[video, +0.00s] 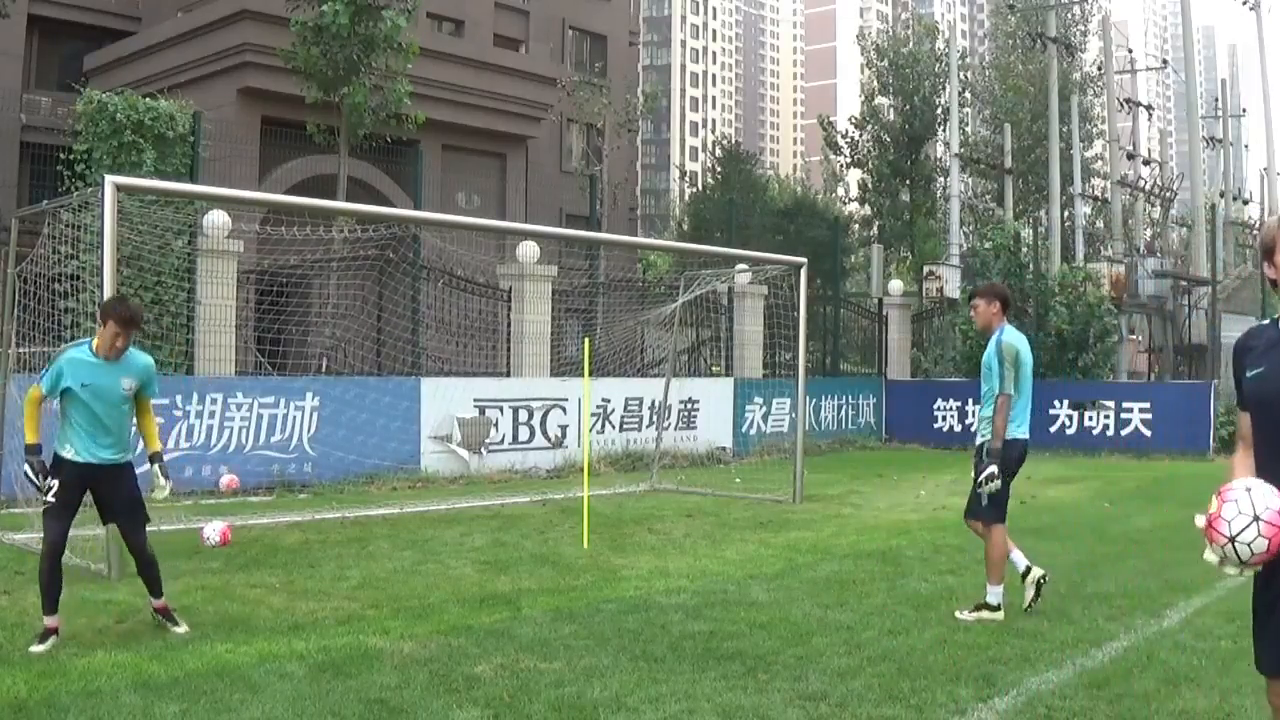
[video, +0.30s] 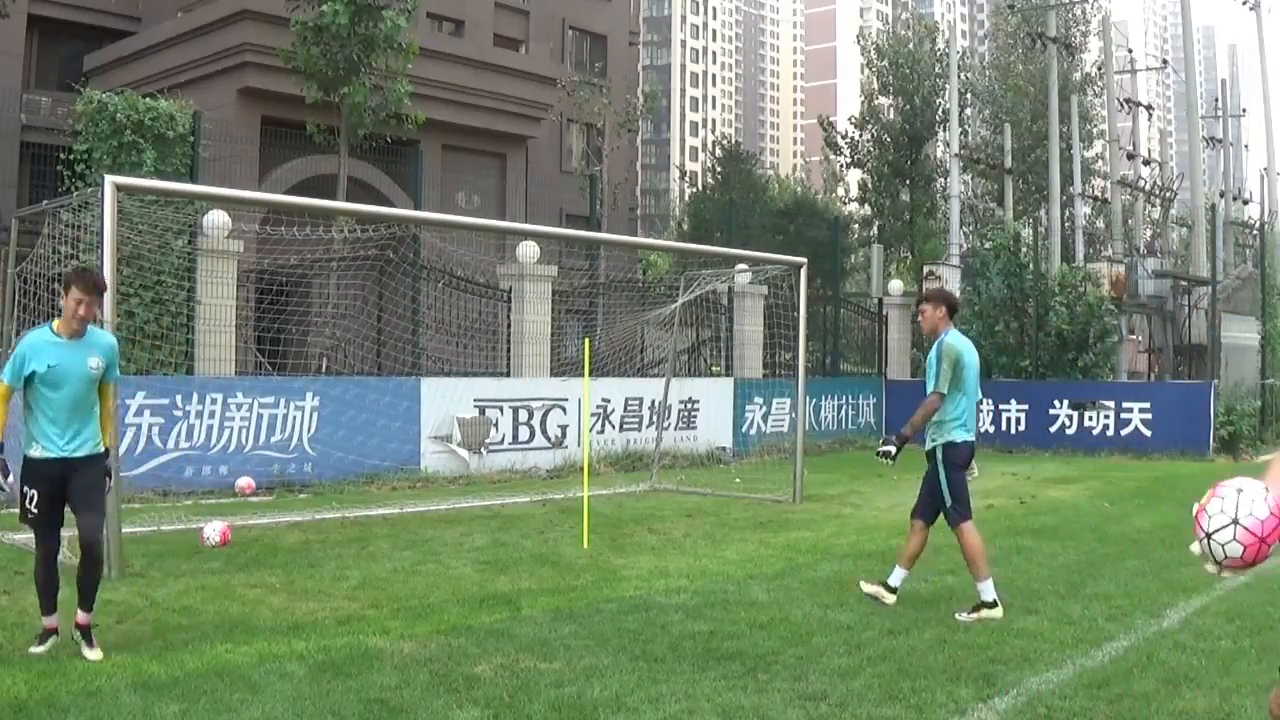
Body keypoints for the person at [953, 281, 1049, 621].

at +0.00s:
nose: (972, 315)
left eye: (975, 308)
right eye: (972, 309)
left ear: (996, 308)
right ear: (995, 310)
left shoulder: (1005, 342)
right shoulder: (1008, 339)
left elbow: (1004, 400)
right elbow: (1004, 399)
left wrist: (995, 456)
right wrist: (984, 446)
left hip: (1004, 443)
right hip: (1001, 440)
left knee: (993, 522)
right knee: (974, 517)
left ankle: (993, 603)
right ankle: (1027, 570)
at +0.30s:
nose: (919, 319)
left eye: (923, 313)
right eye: (919, 314)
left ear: (941, 312)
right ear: (942, 313)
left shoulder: (946, 345)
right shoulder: (962, 345)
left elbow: (934, 399)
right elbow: (965, 401)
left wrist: (901, 436)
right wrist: (967, 450)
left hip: (947, 444)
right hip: (957, 442)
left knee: (962, 522)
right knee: (921, 519)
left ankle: (989, 601)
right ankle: (890, 587)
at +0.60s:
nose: (866, 315)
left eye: (868, 309)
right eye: (867, 309)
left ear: (877, 308)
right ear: (892, 309)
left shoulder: (885, 339)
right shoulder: (906, 340)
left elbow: (888, 390)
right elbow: (911, 393)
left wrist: (858, 429)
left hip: (882, 440)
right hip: (904, 439)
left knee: (849, 508)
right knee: (885, 511)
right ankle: (884, 586)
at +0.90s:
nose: (817, 319)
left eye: (818, 313)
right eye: (818, 313)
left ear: (827, 312)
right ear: (844, 314)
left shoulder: (833, 345)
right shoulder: (862, 345)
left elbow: (840, 396)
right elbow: (870, 392)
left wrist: (807, 419)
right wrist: (820, 413)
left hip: (831, 442)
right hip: (858, 441)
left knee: (803, 508)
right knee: (859, 511)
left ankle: (783, 577)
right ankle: (880, 584)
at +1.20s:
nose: (765, 316)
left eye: (766, 311)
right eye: (767, 311)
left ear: (772, 310)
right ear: (793, 311)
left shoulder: (773, 343)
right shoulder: (811, 342)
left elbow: (754, 391)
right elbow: (822, 391)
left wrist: (754, 393)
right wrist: (789, 389)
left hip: (776, 432)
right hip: (801, 432)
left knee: (775, 502)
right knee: (765, 493)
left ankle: (780, 577)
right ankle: (793, 549)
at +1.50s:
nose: (728, 323)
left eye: (729, 318)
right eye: (731, 319)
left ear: (735, 319)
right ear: (754, 320)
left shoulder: (728, 347)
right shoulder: (769, 349)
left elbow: (696, 386)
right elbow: (779, 395)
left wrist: (719, 386)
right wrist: (749, 390)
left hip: (734, 436)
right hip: (759, 437)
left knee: (747, 505)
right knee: (727, 501)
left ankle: (775, 574)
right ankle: (709, 567)